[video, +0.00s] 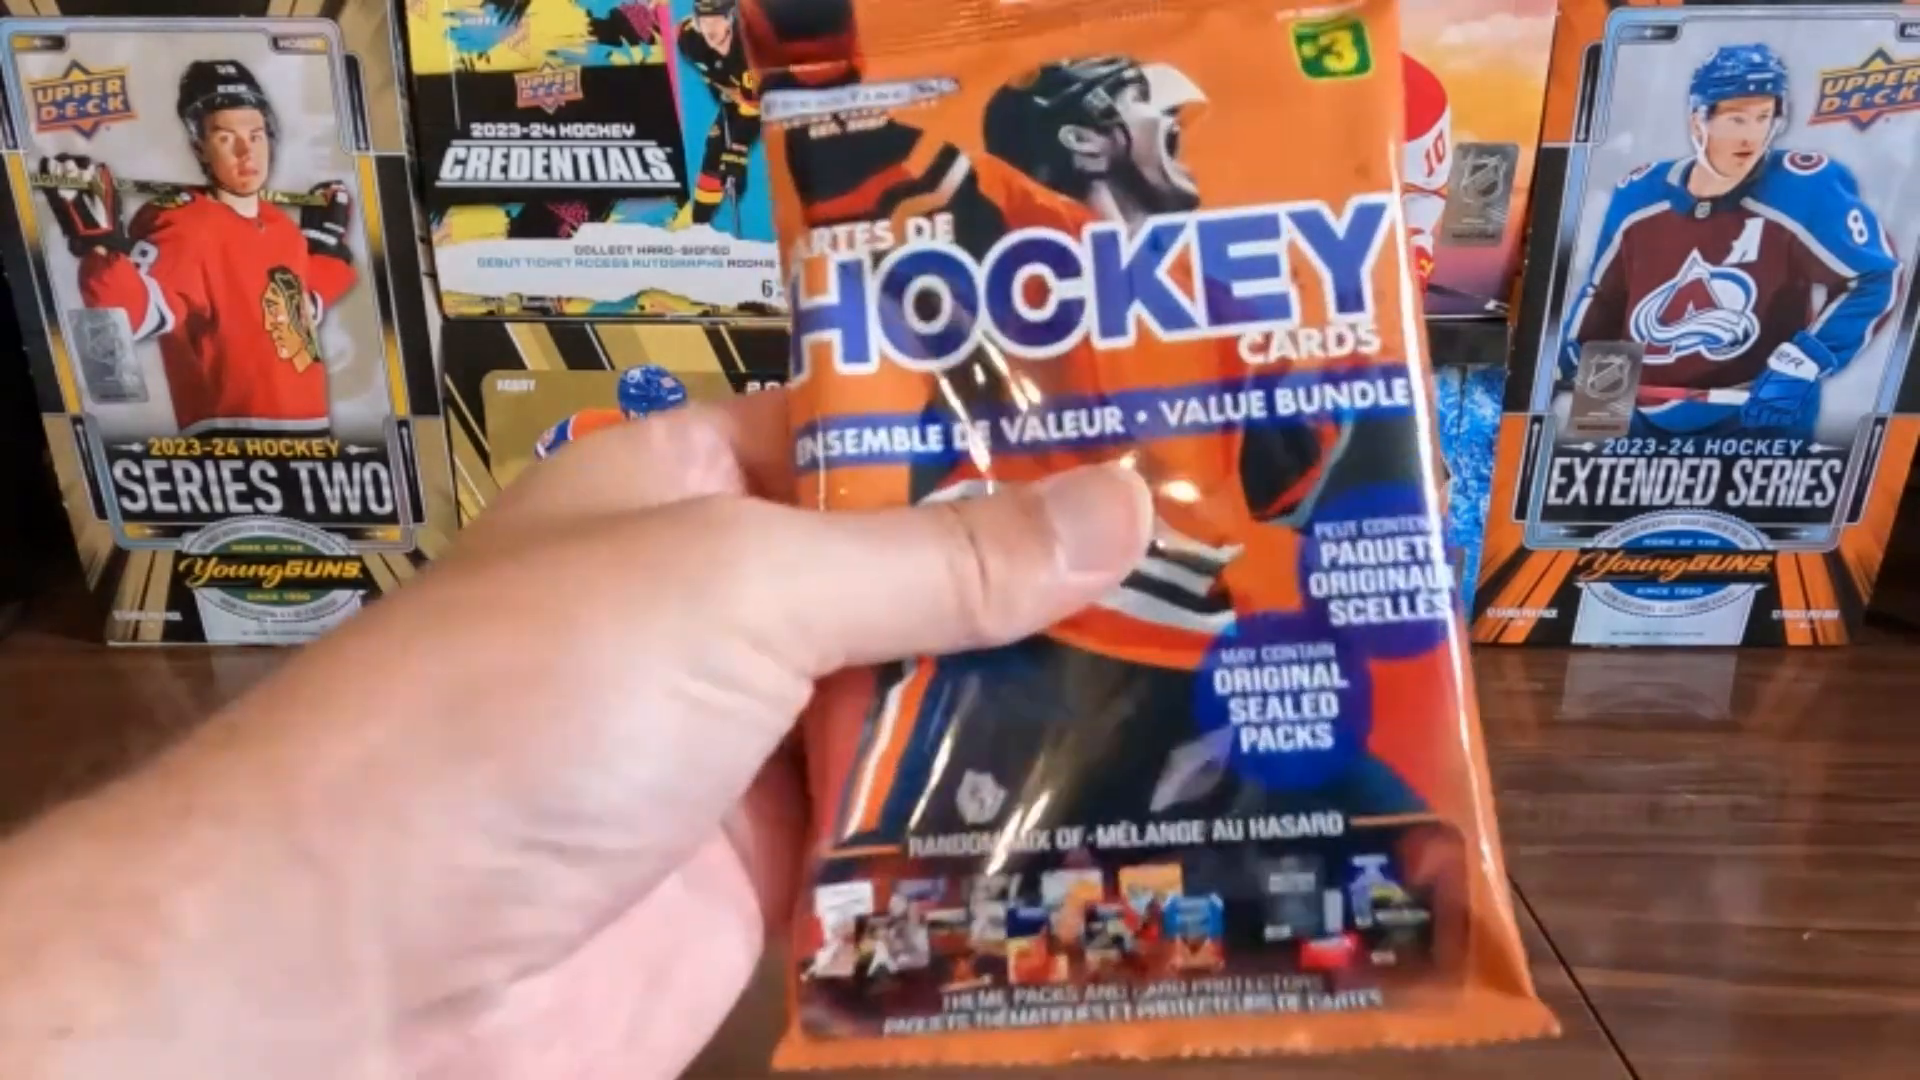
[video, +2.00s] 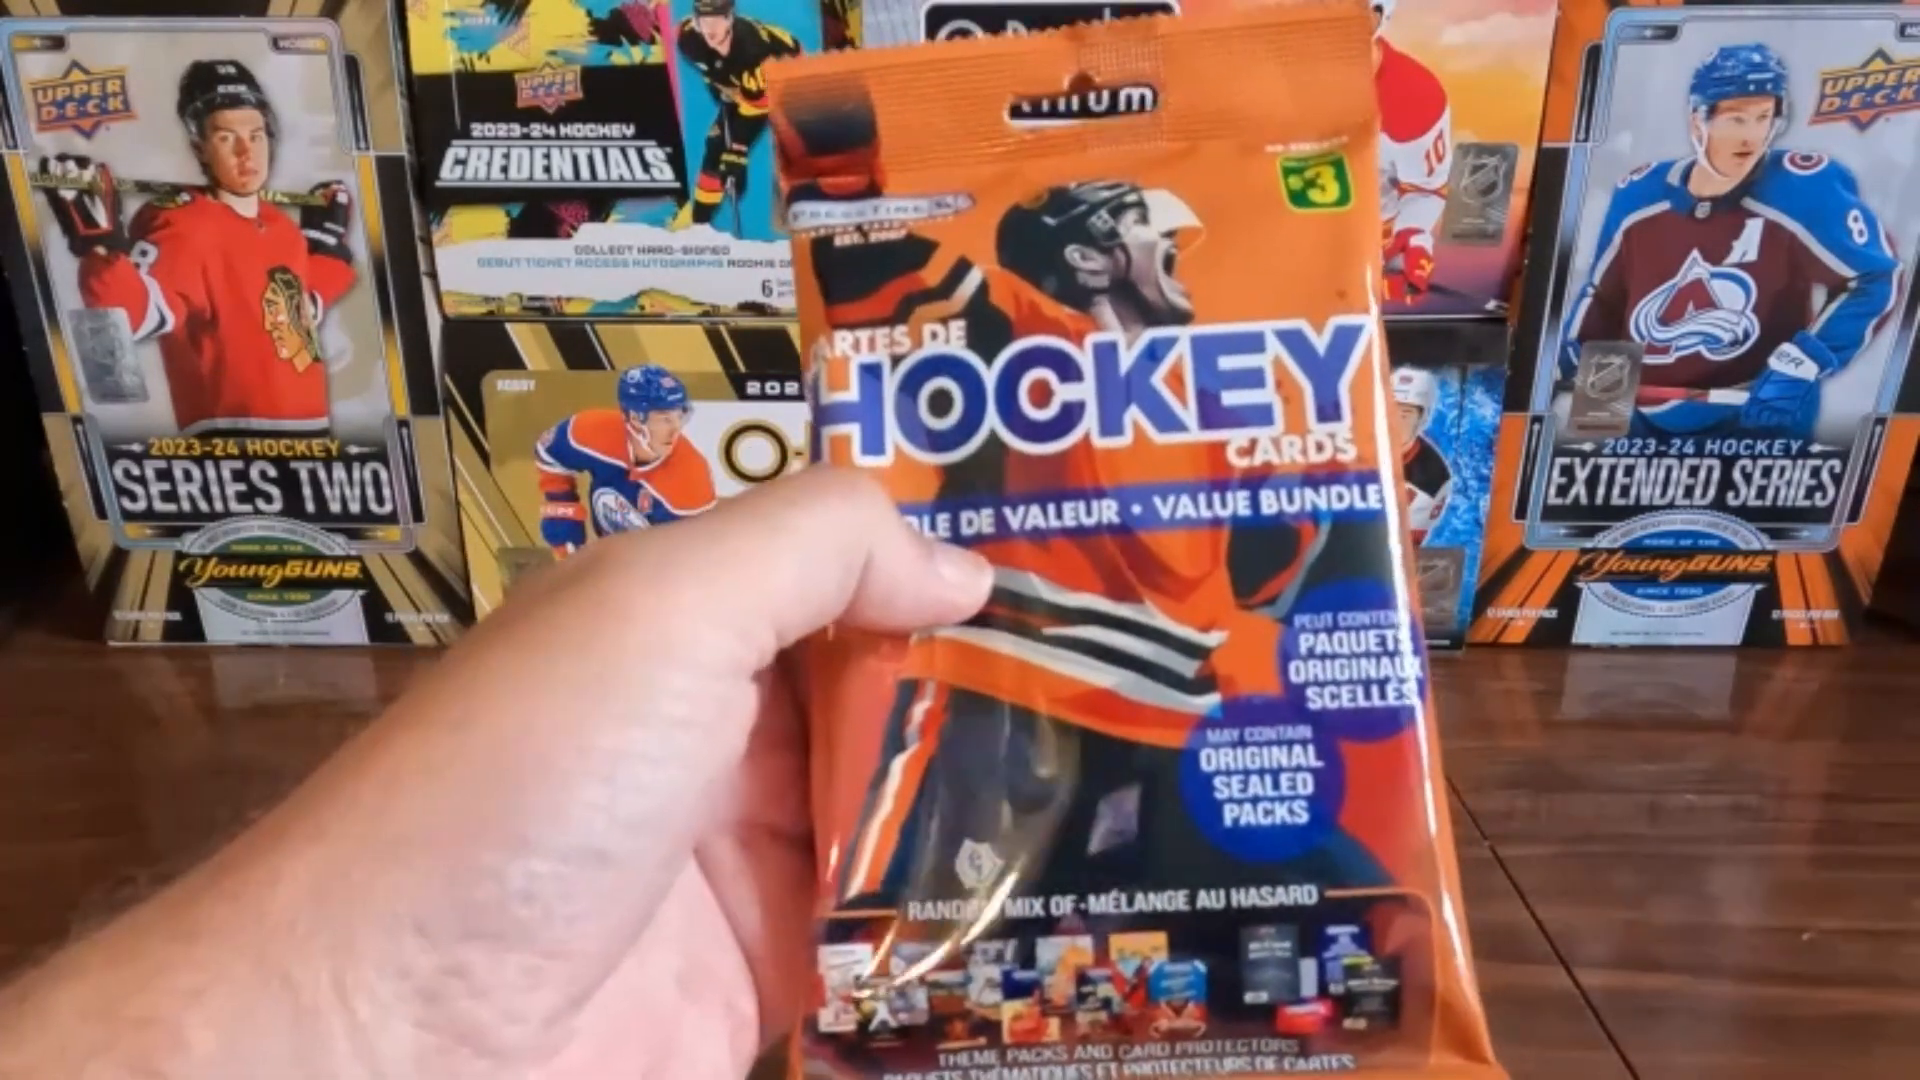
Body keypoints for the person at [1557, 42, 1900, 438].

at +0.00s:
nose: (1749, 135)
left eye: (1762, 118)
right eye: (1734, 119)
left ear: (1775, 123)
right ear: (1698, 124)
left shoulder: (1803, 193)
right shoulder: (1638, 197)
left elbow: (1877, 279)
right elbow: (1600, 295)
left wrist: (1800, 365)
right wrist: (1576, 367)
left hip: (1744, 426)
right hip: (1637, 421)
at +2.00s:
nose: (1750, 135)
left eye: (1762, 118)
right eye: (1734, 119)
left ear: (1775, 123)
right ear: (1698, 124)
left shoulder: (1804, 193)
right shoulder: (1637, 197)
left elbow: (1878, 279)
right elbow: (1600, 297)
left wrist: (1801, 365)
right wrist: (1572, 366)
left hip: (1744, 427)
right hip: (1636, 422)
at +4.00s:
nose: (1750, 135)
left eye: (1762, 118)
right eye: (1735, 119)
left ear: (1775, 123)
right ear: (1698, 124)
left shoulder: (1804, 192)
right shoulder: (1638, 196)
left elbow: (1878, 279)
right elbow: (1600, 296)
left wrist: (1802, 364)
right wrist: (1576, 366)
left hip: (1744, 427)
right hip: (1637, 421)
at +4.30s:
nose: (1750, 137)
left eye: (1762, 119)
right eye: (1735, 119)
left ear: (1775, 123)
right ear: (1698, 124)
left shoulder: (1806, 194)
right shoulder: (1639, 198)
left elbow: (1878, 281)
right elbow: (1597, 301)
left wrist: (1796, 370)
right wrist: (1563, 380)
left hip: (1749, 415)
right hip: (1642, 412)